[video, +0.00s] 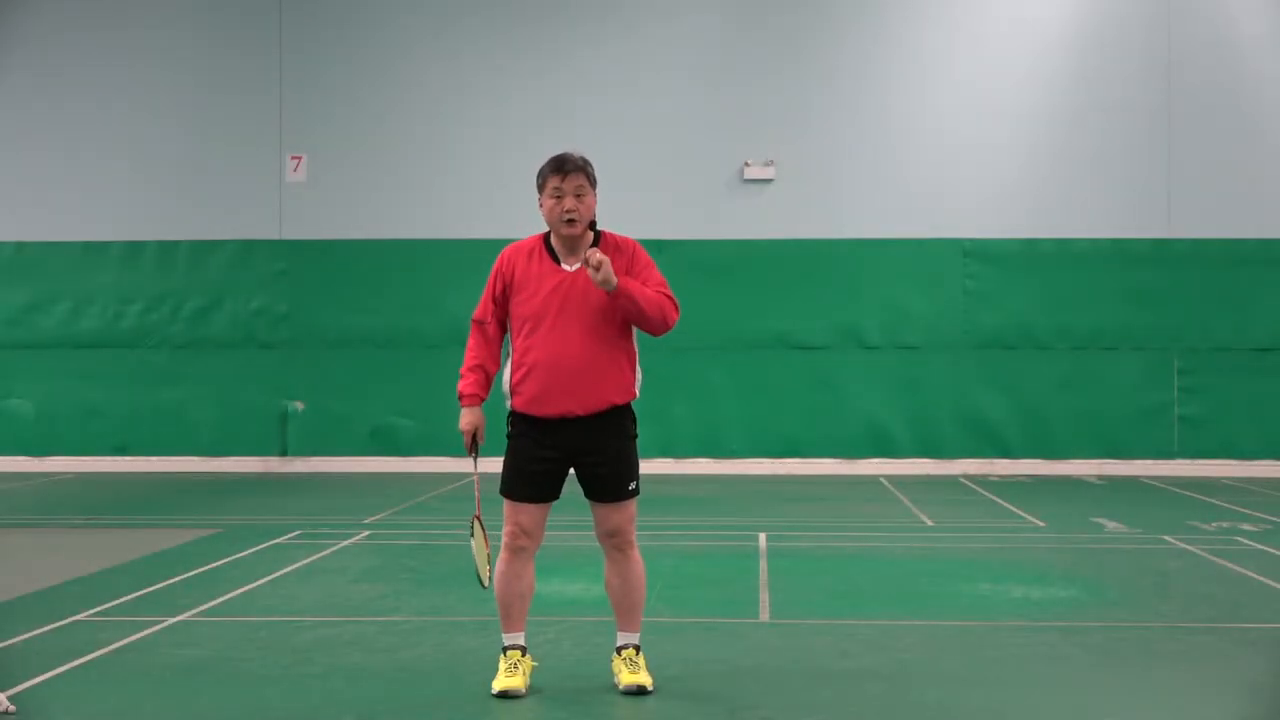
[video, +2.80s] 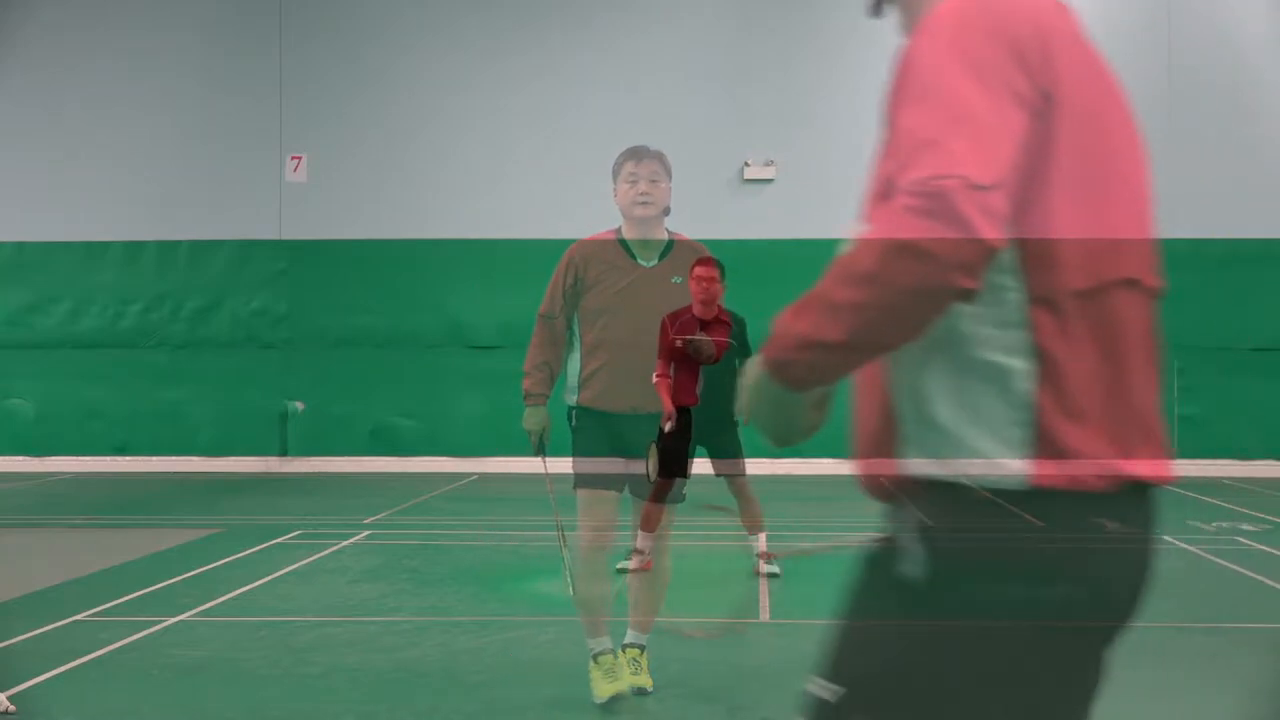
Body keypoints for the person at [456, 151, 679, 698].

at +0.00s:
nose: (568, 205)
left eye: (578, 195)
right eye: (557, 196)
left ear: (594, 199)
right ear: (541, 204)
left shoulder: (624, 254)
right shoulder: (514, 261)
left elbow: (663, 317)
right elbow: (486, 330)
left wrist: (614, 286)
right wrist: (471, 401)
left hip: (607, 420)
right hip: (533, 423)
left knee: (619, 536)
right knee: (518, 538)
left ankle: (629, 650)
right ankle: (513, 652)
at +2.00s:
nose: (568, 195)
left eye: (579, 186)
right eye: (557, 187)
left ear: (596, 196)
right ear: (542, 198)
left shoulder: (628, 255)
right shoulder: (516, 263)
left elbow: (674, 316)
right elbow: (489, 334)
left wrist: (620, 321)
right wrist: (476, 407)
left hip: (613, 420)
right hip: (539, 423)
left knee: (623, 535)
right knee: (521, 536)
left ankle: (629, 650)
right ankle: (513, 651)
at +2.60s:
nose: (635, 189)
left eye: (645, 182)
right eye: (623, 182)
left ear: (661, 195)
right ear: (606, 197)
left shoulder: (689, 262)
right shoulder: (578, 259)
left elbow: (710, 328)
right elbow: (545, 329)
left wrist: (701, 345)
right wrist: (533, 401)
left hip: (662, 419)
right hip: (591, 416)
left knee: (647, 547)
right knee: (569, 536)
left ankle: (633, 650)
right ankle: (553, 642)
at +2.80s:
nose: (643, 187)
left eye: (653, 179)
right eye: (632, 180)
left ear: (671, 191)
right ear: (615, 193)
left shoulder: (695, 259)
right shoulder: (584, 257)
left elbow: (719, 339)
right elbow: (549, 330)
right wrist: (536, 400)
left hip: (671, 419)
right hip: (600, 416)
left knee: (655, 538)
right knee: (595, 536)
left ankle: (636, 649)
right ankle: (600, 653)